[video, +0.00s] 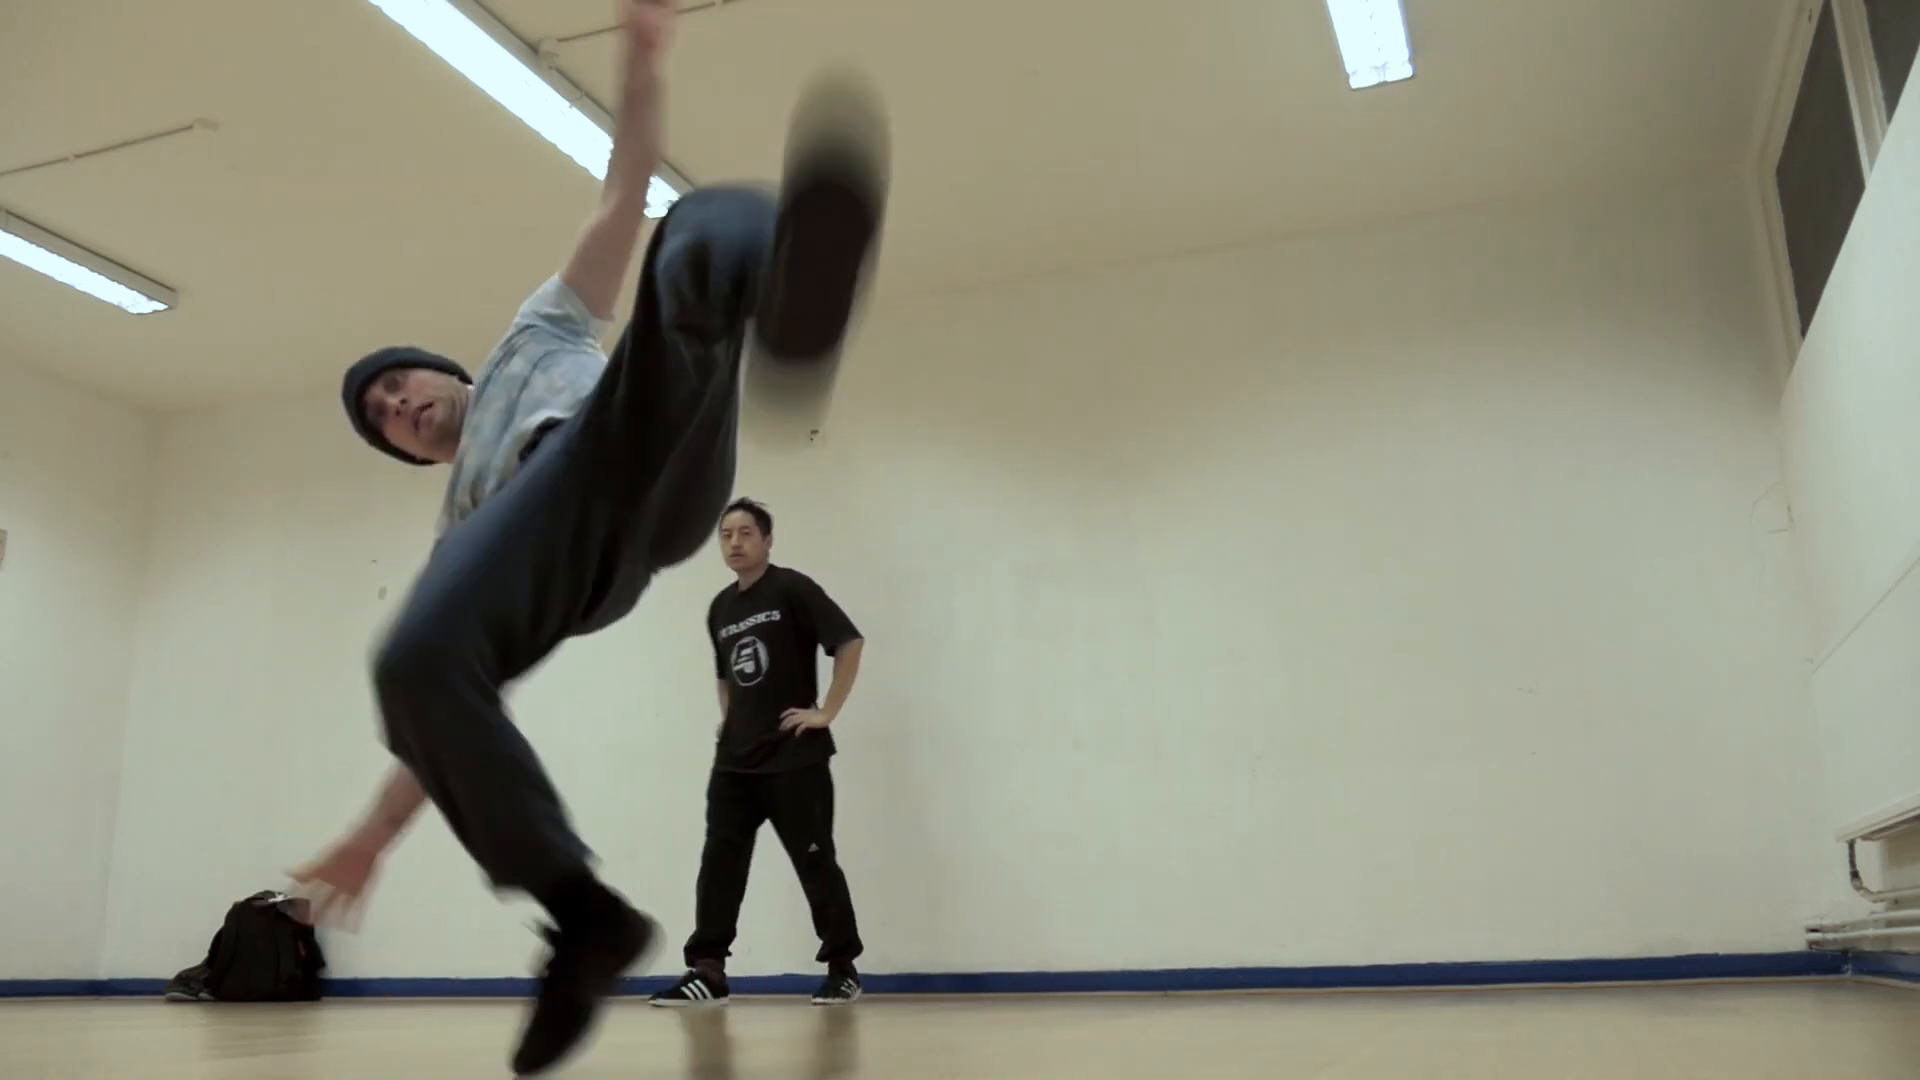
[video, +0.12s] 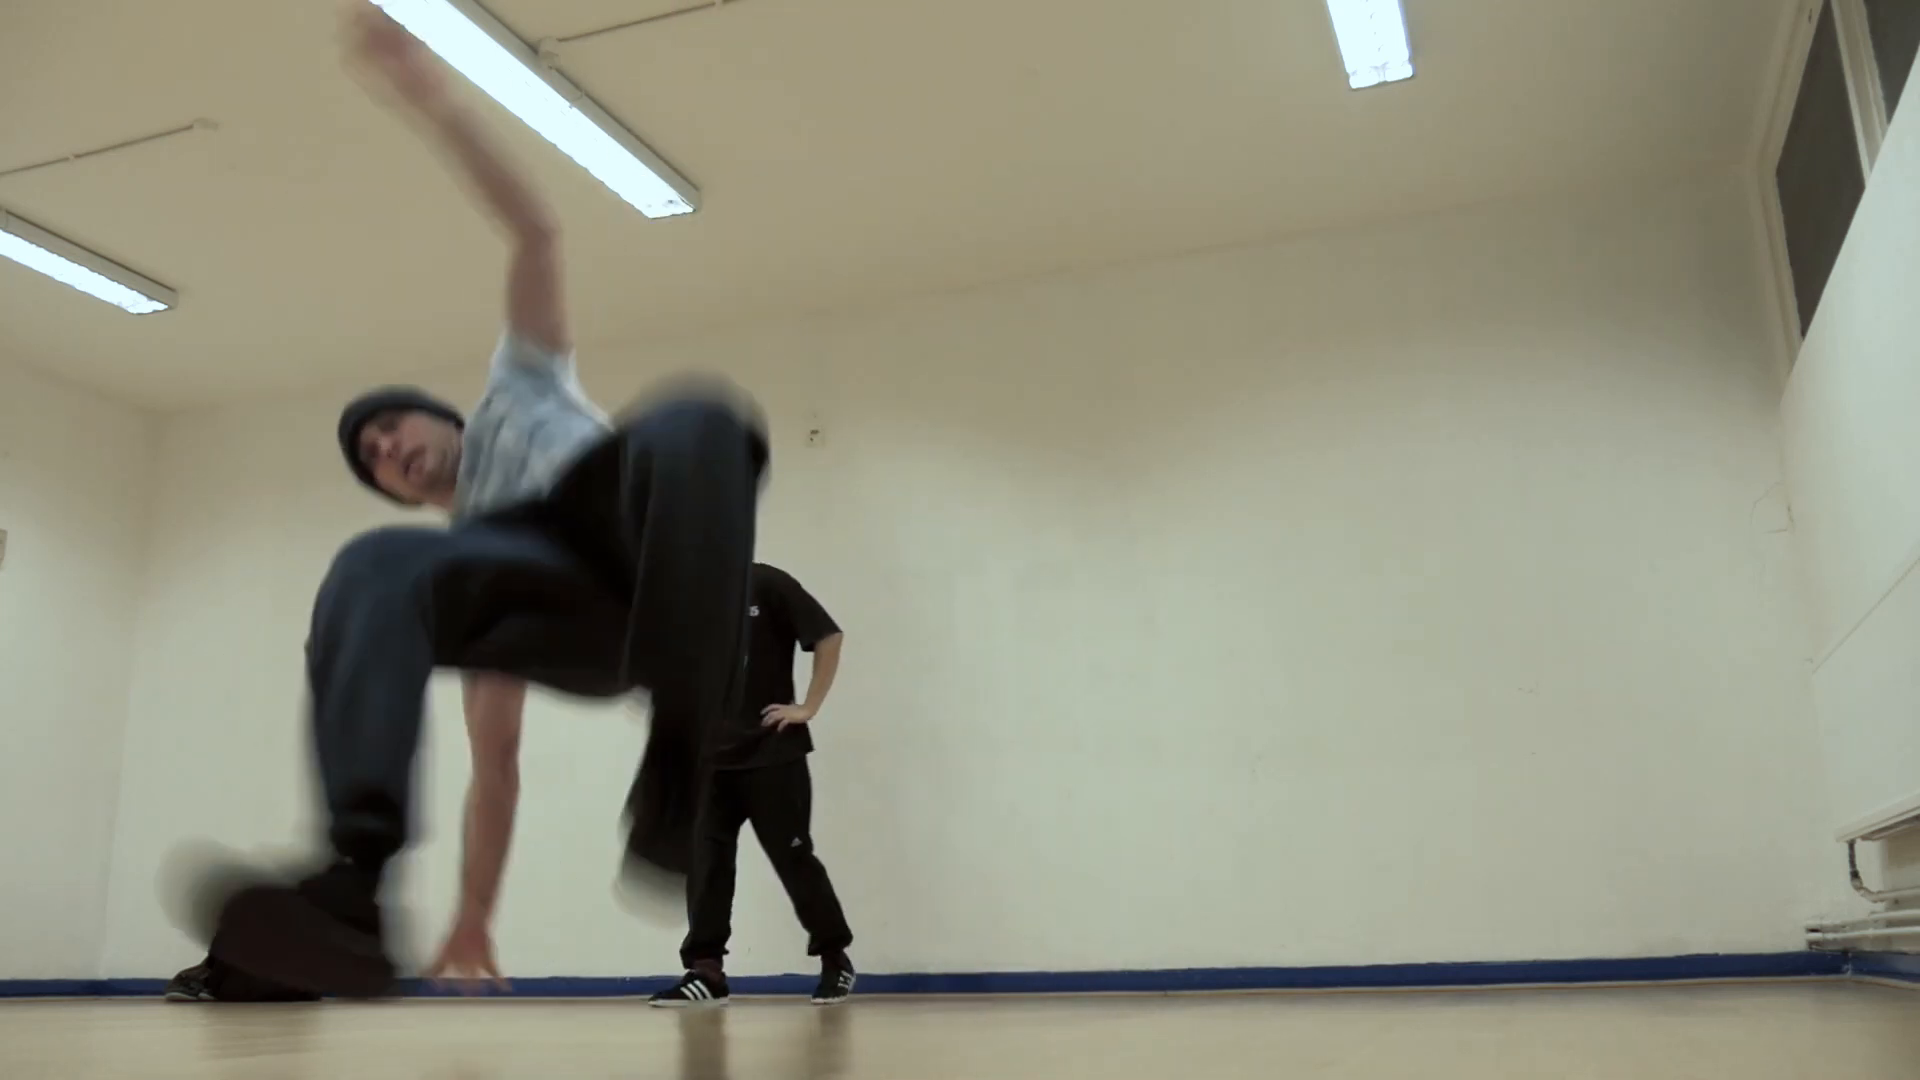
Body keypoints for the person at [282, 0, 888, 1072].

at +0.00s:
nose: (400, 411)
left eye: (398, 389)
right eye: (385, 426)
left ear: (439, 367)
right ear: (407, 454)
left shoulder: (542, 332)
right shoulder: (465, 520)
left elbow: (626, 197)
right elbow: (441, 707)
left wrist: (643, 58)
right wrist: (368, 845)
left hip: (644, 452)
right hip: (560, 543)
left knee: (693, 230)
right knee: (416, 663)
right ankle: (589, 920)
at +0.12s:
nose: (391, 455)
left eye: (394, 432)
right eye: (376, 464)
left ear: (440, 413)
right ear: (399, 493)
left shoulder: (523, 382)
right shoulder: (471, 563)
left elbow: (536, 229)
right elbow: (495, 762)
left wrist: (430, 97)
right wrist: (475, 926)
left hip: (633, 537)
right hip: (556, 619)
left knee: (701, 419)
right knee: (372, 572)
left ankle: (680, 787)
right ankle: (348, 897)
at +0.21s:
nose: (389, 521)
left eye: (392, 496)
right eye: (372, 529)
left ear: (437, 480)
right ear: (387, 559)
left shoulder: (515, 471)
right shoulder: (476, 638)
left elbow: (449, 321)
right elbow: (507, 841)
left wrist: (280, 271)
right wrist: (499, 1000)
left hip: (646, 693)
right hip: (537, 717)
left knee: (703, 658)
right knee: (385, 684)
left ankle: (625, 966)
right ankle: (180, 858)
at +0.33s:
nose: (387, 654)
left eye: (387, 632)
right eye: (374, 646)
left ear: (428, 597)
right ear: (390, 641)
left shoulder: (522, 601)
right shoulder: (443, 733)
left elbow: (362, 629)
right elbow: (510, 864)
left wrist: (200, 716)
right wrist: (503, 1039)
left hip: (620, 871)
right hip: (525, 926)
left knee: (727, 728)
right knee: (393, 926)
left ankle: (615, 1009)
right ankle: (194, 972)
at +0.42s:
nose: (363, 662)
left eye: (372, 636)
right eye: (347, 669)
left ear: (419, 621)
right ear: (360, 699)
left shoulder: (459, 644)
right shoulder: (435, 758)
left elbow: (376, 816)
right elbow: (531, 863)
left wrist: (303, 949)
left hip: (620, 867)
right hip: (540, 938)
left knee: (698, 670)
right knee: (419, 981)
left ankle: (646, 1003)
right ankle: (356, 1039)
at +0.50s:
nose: (328, 700)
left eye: (333, 675)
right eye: (311, 705)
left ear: (376, 660)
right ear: (327, 732)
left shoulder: (417, 685)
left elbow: (403, 878)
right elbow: (516, 907)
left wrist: (361, 1025)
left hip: (625, 888)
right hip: (556, 960)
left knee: (548, 665)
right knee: (403, 1020)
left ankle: (780, 895)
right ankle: (689, 1013)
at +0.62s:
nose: (306, 723)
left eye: (303, 700)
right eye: (292, 727)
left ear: (342, 667)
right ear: (310, 732)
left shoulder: (389, 681)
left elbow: (371, 869)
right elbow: (508, 884)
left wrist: (358, 1029)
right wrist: (493, 1010)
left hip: (611, 876)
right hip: (558, 962)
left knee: (534, 675)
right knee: (539, 1024)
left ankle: (482, 618)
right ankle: (804, 1020)